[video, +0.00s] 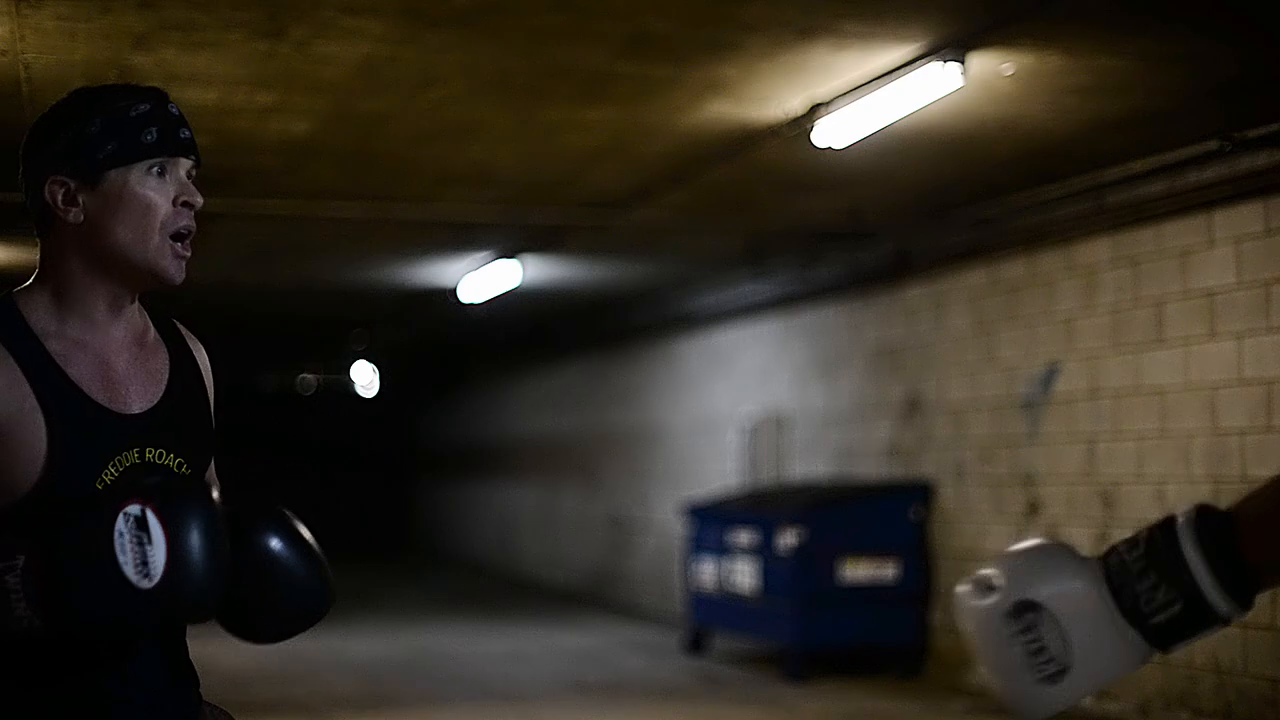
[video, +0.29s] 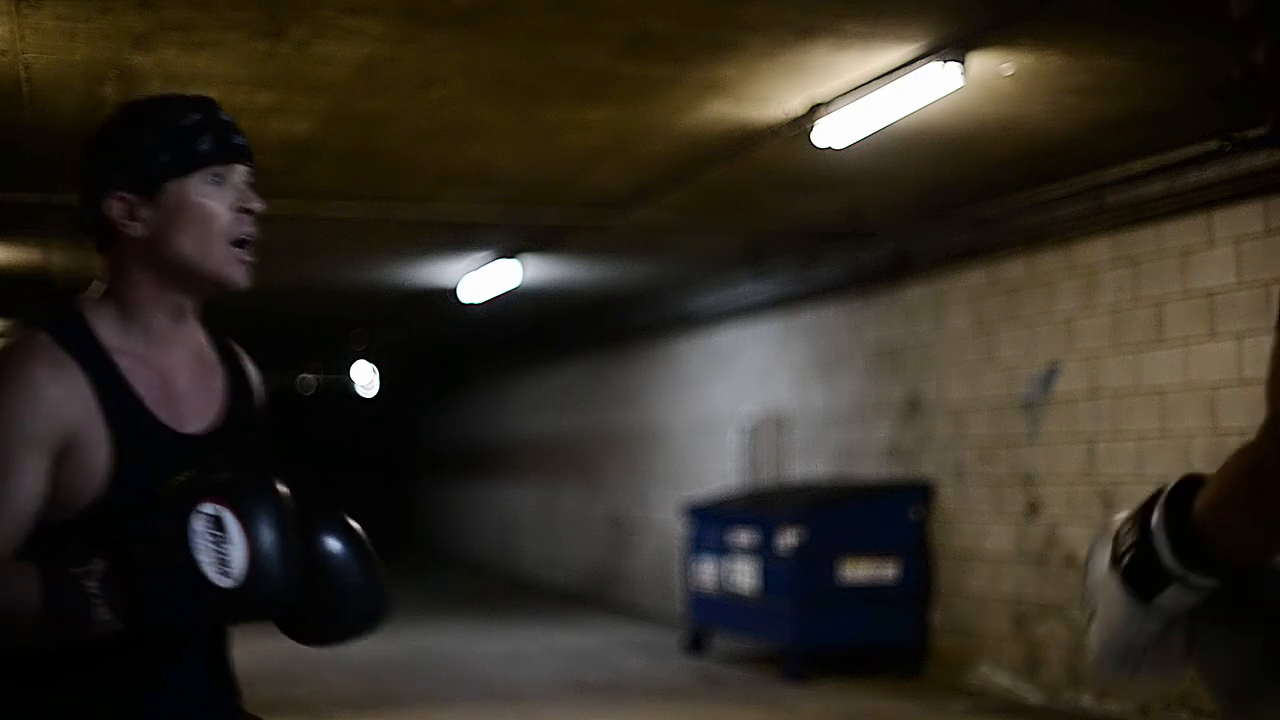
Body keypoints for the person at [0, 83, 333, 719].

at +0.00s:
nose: (192, 199)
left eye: (189, 178)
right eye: (157, 172)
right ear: (69, 200)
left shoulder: (187, 358)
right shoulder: (10, 364)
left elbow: (207, 509)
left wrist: (253, 562)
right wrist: (85, 570)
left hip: (166, 690)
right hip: (40, 698)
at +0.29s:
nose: (254, 206)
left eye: (249, 185)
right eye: (217, 182)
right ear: (129, 212)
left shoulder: (241, 379)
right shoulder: (43, 383)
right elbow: (9, 578)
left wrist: (304, 564)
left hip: (204, 692)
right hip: (69, 700)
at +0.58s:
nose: (409, 225)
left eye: (403, 205)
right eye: (378, 202)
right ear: (288, 227)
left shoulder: (366, 390)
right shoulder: (180, 382)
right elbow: (128, 609)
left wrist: (434, 542)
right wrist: (316, 580)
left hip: (282, 695)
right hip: (147, 703)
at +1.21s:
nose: (294, 224)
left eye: (291, 204)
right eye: (262, 200)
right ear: (174, 226)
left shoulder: (252, 364)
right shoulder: (72, 371)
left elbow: (287, 583)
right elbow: (70, 611)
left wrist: (362, 491)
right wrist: (215, 521)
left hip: (206, 696)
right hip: (80, 712)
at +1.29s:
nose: (287, 217)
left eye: (285, 196)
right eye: (253, 193)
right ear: (167, 222)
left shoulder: (247, 358)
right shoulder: (71, 363)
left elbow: (300, 579)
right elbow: (84, 604)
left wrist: (360, 483)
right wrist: (217, 500)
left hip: (206, 695)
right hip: (79, 711)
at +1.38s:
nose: (297, 216)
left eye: (296, 196)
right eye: (264, 194)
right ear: (178, 222)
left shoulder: (265, 357)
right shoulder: (80, 362)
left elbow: (332, 583)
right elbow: (108, 599)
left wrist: (377, 466)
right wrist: (228, 477)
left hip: (229, 699)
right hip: (95, 713)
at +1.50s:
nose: (347, 222)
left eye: (349, 203)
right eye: (313, 198)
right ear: (228, 228)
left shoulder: (314, 372)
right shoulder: (133, 362)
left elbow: (389, 595)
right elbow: (165, 597)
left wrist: (420, 441)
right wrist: (273, 466)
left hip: (257, 699)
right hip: (119, 706)